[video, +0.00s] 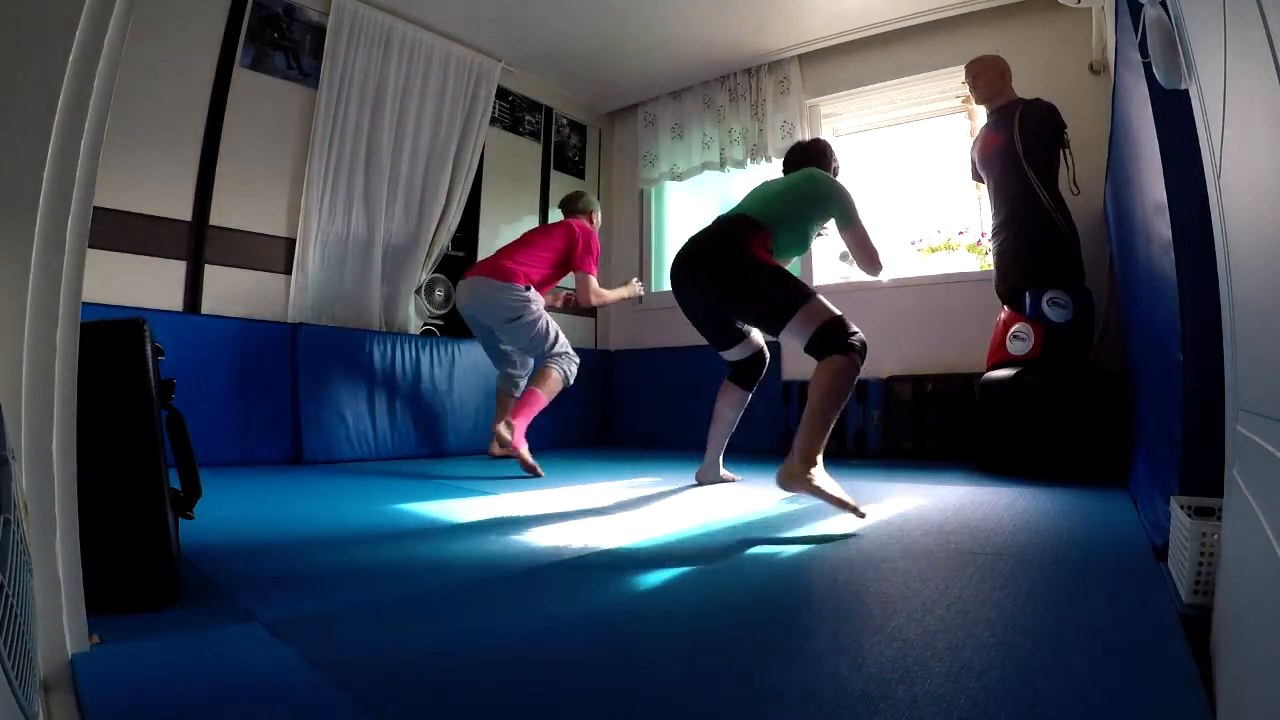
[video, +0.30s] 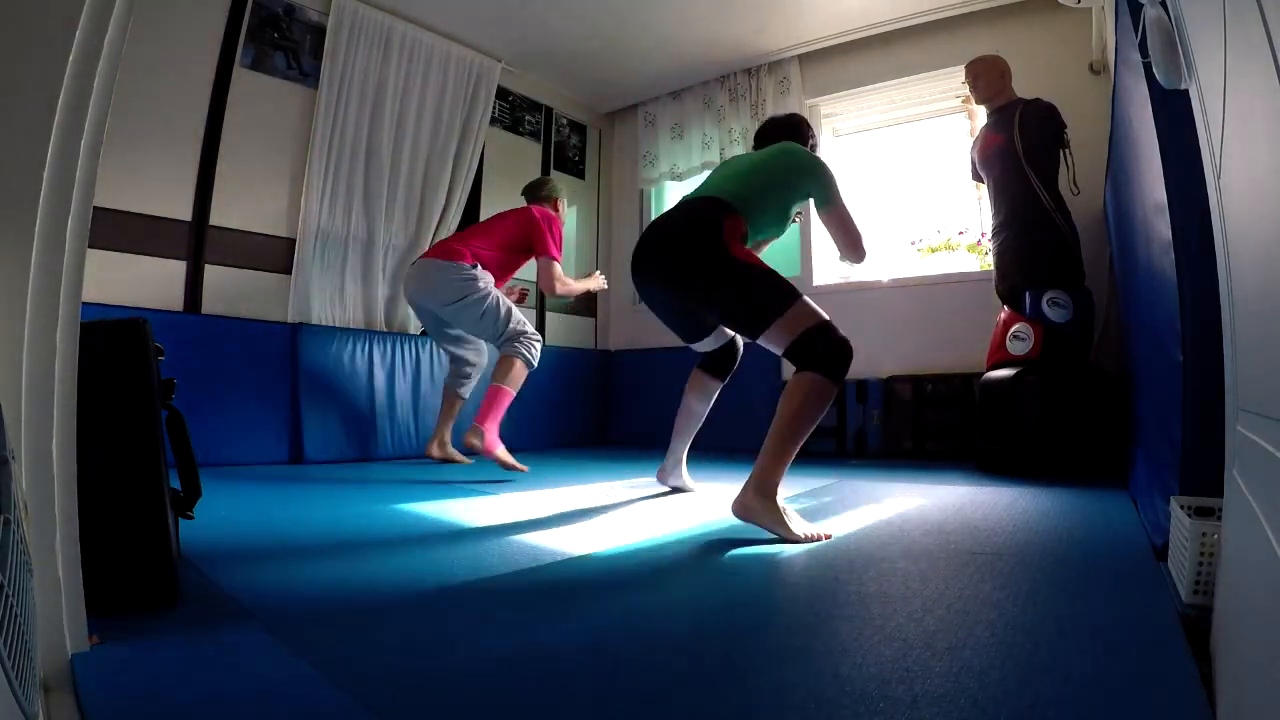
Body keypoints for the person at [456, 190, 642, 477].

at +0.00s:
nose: (599, 224)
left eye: (599, 219)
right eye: (599, 218)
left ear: (566, 215)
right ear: (592, 216)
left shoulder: (544, 230)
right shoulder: (585, 232)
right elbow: (589, 297)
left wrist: (549, 298)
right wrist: (626, 291)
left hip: (468, 289)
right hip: (507, 290)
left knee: (515, 364)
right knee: (563, 358)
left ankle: (500, 440)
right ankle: (516, 425)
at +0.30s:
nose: (565, 212)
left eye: (564, 207)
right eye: (565, 207)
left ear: (531, 201)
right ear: (559, 203)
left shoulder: (510, 217)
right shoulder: (545, 217)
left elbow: (465, 257)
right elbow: (553, 285)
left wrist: (501, 293)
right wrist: (589, 283)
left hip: (418, 275)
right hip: (454, 273)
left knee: (470, 355)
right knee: (525, 340)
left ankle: (440, 441)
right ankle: (486, 430)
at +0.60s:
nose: (525, 204)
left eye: (526, 198)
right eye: (526, 196)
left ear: (487, 186)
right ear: (519, 189)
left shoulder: (461, 203)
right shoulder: (503, 201)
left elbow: (412, 261)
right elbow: (509, 273)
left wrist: (454, 282)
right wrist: (544, 274)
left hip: (360, 258)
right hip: (395, 257)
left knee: (419, 349)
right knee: (459, 341)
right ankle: (434, 451)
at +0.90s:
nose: (472, 187)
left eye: (473, 182)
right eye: (473, 180)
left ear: (433, 172)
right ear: (465, 173)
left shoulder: (412, 190)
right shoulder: (451, 191)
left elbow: (349, 240)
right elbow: (459, 269)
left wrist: (389, 274)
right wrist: (493, 267)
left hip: (302, 248)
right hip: (327, 255)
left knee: (363, 343)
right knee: (376, 361)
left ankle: (369, 441)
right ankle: (294, 457)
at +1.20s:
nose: (434, 179)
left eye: (436, 171)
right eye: (435, 168)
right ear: (423, 160)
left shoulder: (365, 181)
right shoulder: (390, 172)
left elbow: (309, 258)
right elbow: (390, 247)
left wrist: (364, 270)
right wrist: (441, 256)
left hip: (254, 236)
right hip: (250, 232)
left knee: (305, 340)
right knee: (301, 339)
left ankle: (280, 449)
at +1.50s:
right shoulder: (328, 164)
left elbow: (264, 256)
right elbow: (324, 242)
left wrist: (330, 267)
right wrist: (369, 256)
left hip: (211, 229)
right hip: (188, 213)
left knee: (251, 335)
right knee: (233, 324)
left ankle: (211, 450)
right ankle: (168, 454)